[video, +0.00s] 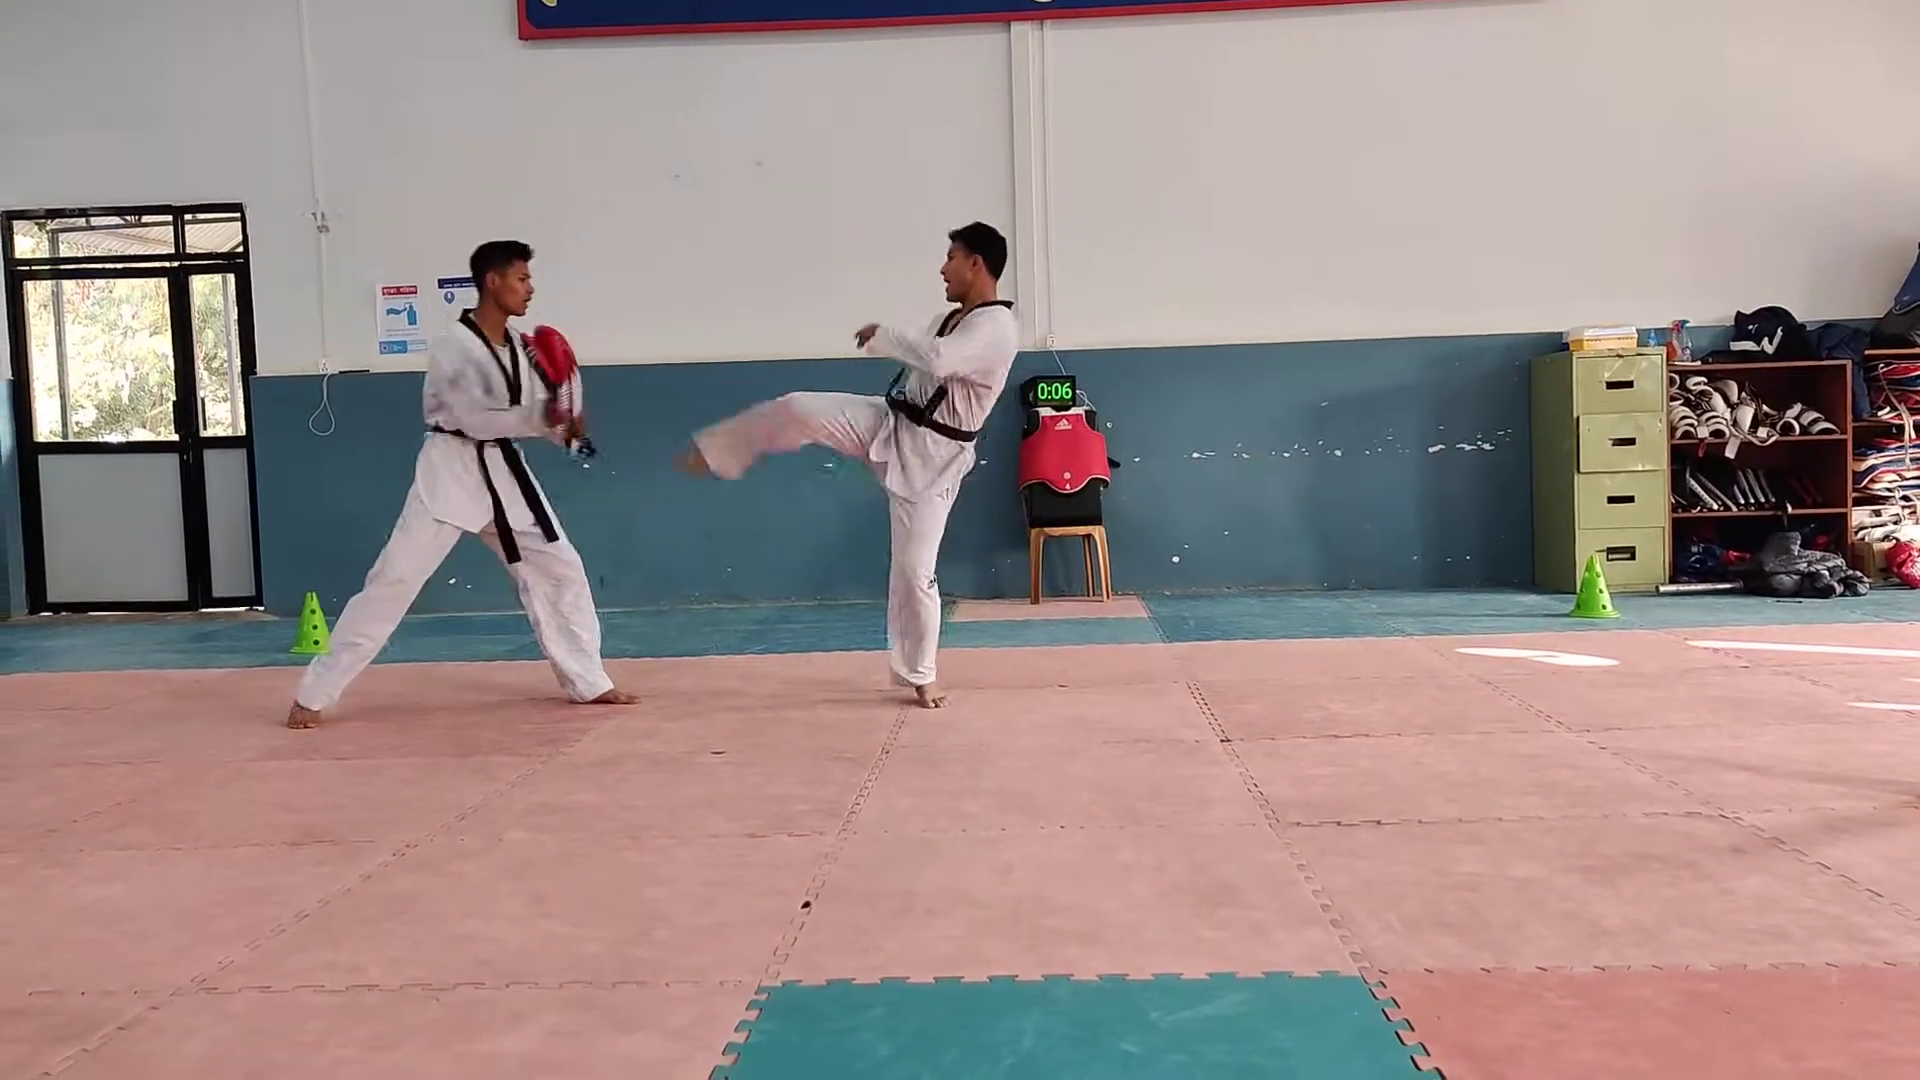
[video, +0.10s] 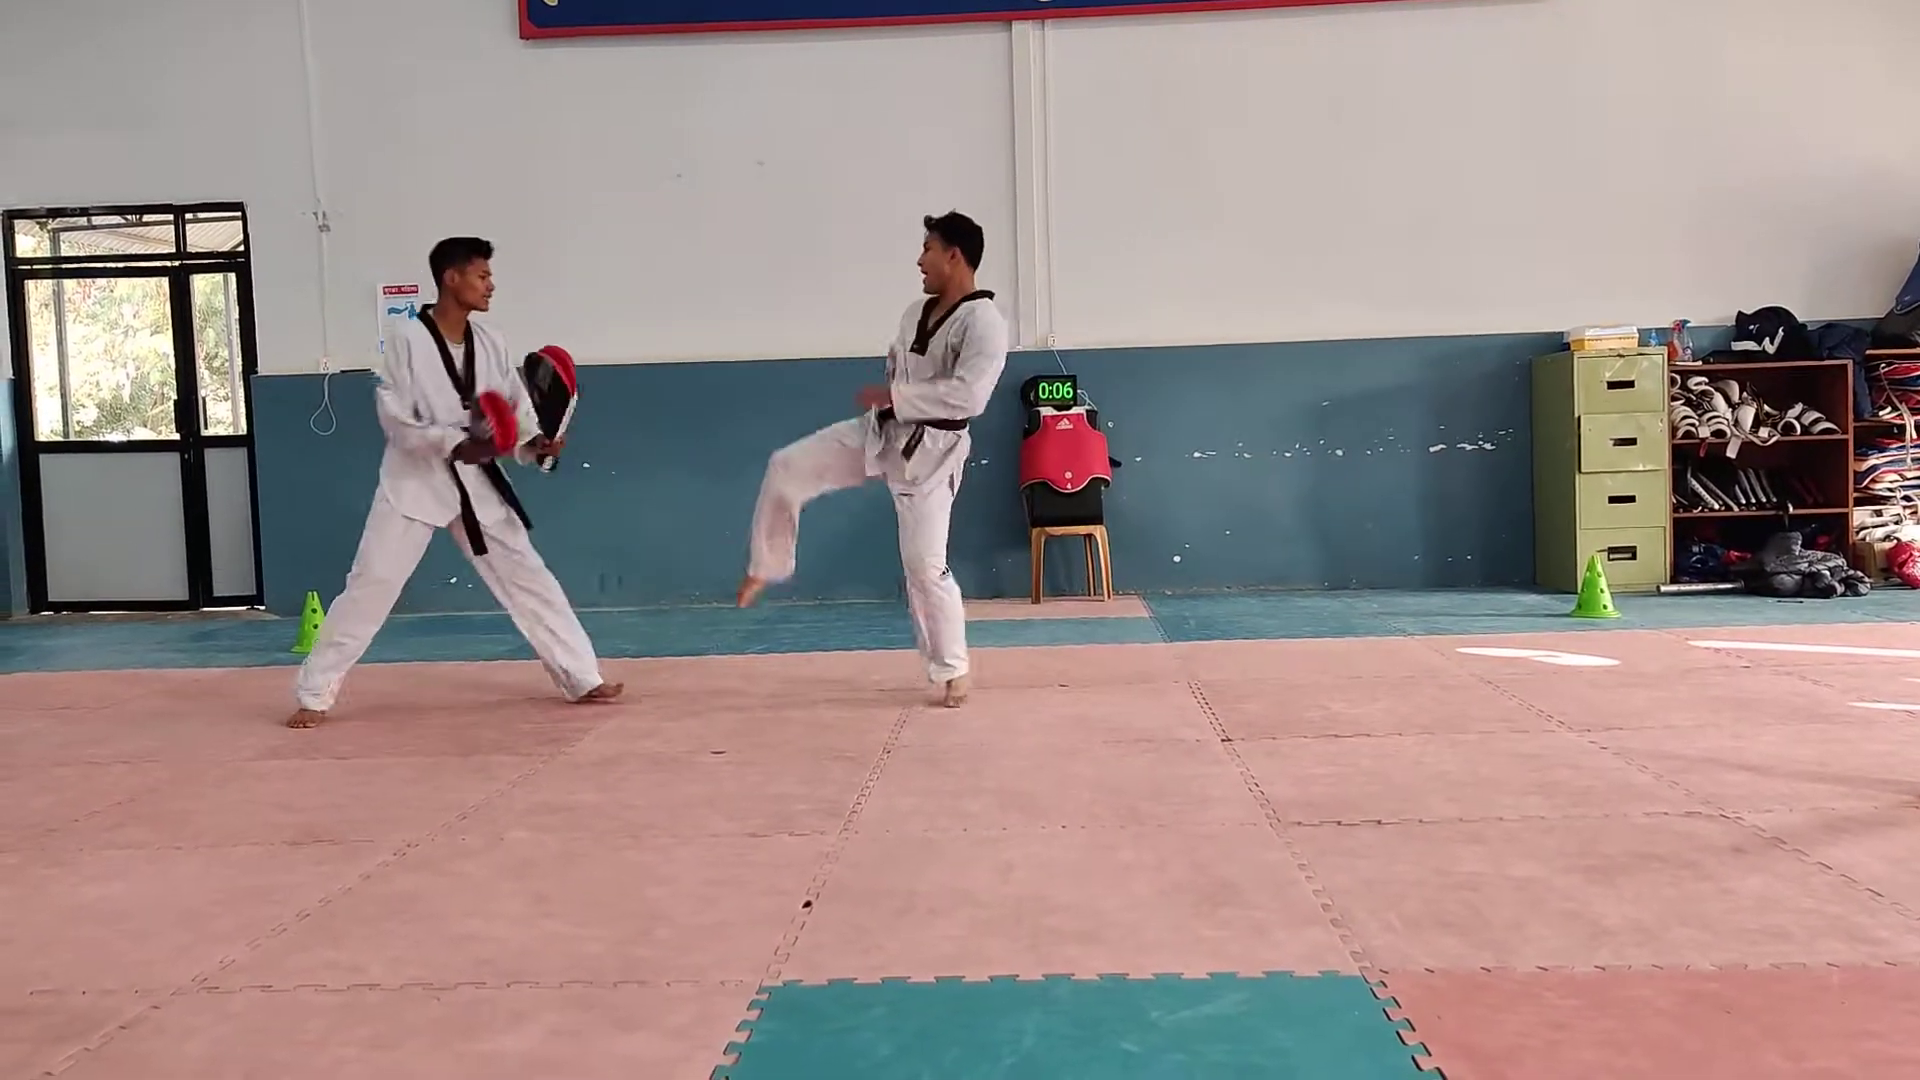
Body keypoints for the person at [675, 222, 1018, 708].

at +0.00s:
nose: (943, 267)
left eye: (952, 258)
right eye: (947, 258)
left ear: (978, 265)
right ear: (976, 266)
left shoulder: (995, 326)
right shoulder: (950, 319)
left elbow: (941, 360)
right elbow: (931, 383)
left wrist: (885, 337)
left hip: (933, 457)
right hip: (892, 422)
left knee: (914, 572)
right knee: (798, 408)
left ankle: (919, 676)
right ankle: (716, 452)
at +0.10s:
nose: (921, 259)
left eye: (929, 249)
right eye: (923, 249)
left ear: (956, 257)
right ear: (952, 257)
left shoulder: (984, 320)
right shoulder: (919, 310)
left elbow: (970, 397)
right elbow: (904, 373)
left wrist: (895, 396)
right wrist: (891, 385)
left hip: (932, 450)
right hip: (882, 431)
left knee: (925, 567)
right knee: (787, 468)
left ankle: (951, 668)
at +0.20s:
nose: (892, 275)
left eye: (901, 266)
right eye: (895, 265)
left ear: (929, 276)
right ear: (921, 275)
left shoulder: (962, 349)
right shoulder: (890, 332)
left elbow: (960, 431)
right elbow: (875, 408)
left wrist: (892, 460)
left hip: (929, 471)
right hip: (873, 462)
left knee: (941, 584)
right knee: (804, 530)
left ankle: (984, 678)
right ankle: (765, 638)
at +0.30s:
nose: (854, 296)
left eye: (863, 288)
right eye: (857, 287)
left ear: (891, 298)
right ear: (885, 297)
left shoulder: (920, 369)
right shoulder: (861, 353)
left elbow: (910, 456)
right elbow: (855, 432)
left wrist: (841, 488)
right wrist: (832, 482)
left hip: (913, 483)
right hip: (858, 479)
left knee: (926, 594)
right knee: (803, 568)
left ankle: (980, 680)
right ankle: (772, 684)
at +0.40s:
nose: (813, 306)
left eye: (821, 297)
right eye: (816, 296)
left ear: (848, 309)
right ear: (844, 309)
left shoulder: (880, 375)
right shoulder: (827, 365)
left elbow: (853, 457)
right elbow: (833, 443)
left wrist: (778, 477)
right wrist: (818, 489)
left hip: (891, 491)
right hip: (837, 489)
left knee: (913, 600)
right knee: (779, 566)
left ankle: (981, 677)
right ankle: (775, 685)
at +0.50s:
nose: (786, 294)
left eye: (795, 285)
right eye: (790, 284)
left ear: (820, 297)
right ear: (821, 298)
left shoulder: (828, 359)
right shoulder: (813, 355)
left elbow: (772, 428)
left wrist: (724, 386)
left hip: (851, 480)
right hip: (811, 484)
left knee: (890, 591)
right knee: (760, 571)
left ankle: (978, 665)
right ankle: (772, 685)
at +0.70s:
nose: (761, 251)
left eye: (770, 243)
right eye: (764, 241)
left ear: (800, 253)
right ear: (805, 254)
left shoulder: (772, 302)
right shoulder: (832, 312)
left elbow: (732, 374)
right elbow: (803, 383)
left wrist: (677, 432)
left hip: (745, 418)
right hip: (790, 441)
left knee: (628, 443)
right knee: (756, 547)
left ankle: (646, 548)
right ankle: (762, 661)